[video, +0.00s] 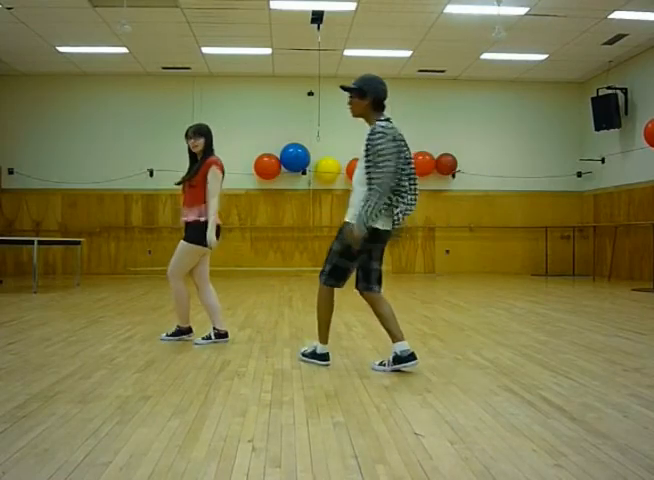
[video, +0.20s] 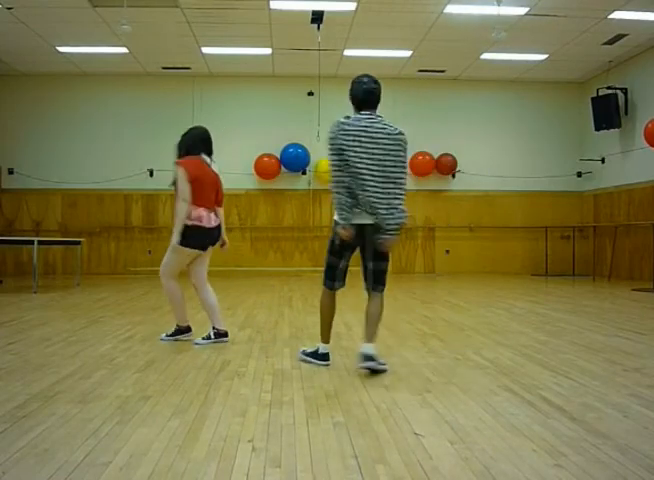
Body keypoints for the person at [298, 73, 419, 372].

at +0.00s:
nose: (349, 101)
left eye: (354, 97)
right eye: (350, 97)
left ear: (370, 100)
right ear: (372, 101)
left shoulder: (380, 134)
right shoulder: (391, 133)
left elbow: (382, 182)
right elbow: (408, 186)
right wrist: (391, 218)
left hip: (361, 221)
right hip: (379, 224)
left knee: (328, 280)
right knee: (368, 287)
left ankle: (320, 348)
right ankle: (402, 350)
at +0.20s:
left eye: (352, 96)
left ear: (351, 100)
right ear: (379, 100)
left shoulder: (340, 129)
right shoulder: (395, 134)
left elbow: (338, 177)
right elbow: (399, 183)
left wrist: (342, 219)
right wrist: (392, 228)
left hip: (348, 220)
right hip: (383, 223)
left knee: (330, 283)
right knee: (376, 288)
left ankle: (323, 348)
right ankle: (369, 348)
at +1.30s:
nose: (359, 96)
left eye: (363, 91)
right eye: (352, 92)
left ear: (369, 96)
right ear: (342, 98)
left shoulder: (380, 132)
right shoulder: (332, 129)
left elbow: (391, 164)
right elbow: (334, 155)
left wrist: (382, 126)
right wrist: (340, 121)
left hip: (372, 218)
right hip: (339, 219)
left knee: (382, 290)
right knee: (345, 291)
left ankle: (378, 349)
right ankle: (354, 351)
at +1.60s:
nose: (361, 91)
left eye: (365, 87)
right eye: (355, 87)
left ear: (371, 94)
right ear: (343, 95)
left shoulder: (380, 128)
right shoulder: (328, 126)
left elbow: (422, 133)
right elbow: (298, 136)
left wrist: (456, 143)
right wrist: (291, 159)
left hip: (373, 220)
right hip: (341, 220)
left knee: (380, 292)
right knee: (355, 292)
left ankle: (378, 352)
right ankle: (349, 352)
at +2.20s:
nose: (330, 85)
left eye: (335, 81)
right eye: (325, 81)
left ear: (343, 87)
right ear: (314, 87)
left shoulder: (352, 125)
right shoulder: (300, 123)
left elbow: (364, 171)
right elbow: (277, 161)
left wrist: (371, 136)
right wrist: (289, 125)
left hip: (334, 212)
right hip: (302, 209)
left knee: (318, 285)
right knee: (310, 282)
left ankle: (298, 345)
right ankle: (335, 343)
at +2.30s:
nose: (324, 86)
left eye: (329, 82)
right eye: (318, 82)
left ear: (337, 88)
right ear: (308, 87)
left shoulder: (344, 127)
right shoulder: (294, 125)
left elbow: (350, 172)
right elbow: (278, 173)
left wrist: (358, 148)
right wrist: (275, 139)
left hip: (324, 214)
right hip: (293, 209)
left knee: (310, 285)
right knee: (280, 279)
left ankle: (298, 342)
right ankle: (304, 335)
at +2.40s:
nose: (315, 88)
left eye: (320, 83)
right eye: (310, 83)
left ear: (328, 89)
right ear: (300, 89)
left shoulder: (338, 127)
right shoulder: (287, 128)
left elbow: (350, 168)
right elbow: (269, 172)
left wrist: (348, 151)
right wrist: (267, 154)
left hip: (314, 218)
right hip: (281, 212)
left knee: (301, 289)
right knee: (270, 285)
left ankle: (294, 349)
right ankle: (262, 354)